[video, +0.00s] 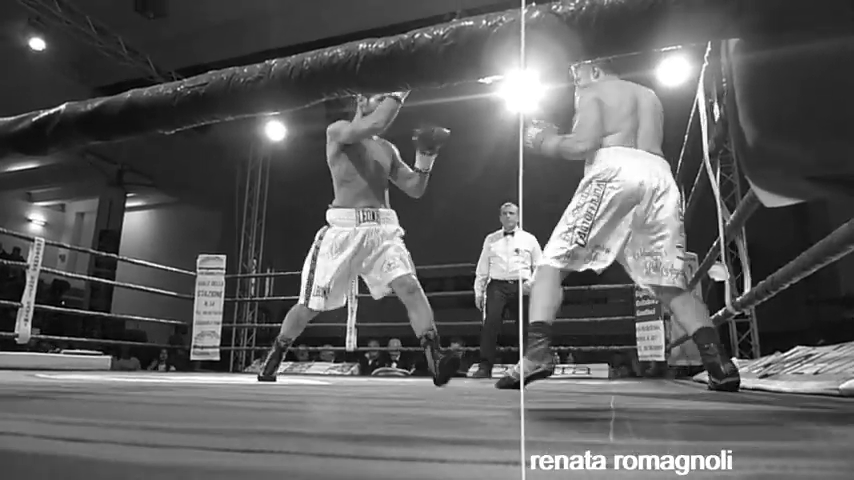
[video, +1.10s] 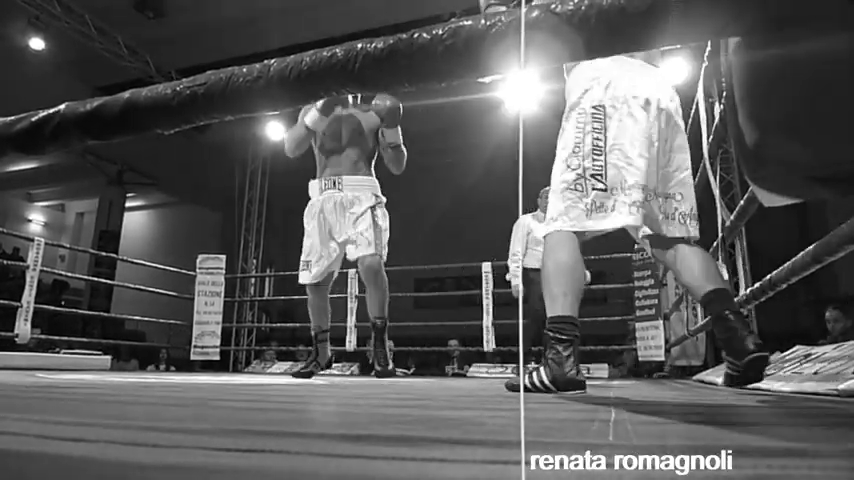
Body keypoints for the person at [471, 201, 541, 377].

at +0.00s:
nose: (508, 217)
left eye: (512, 213)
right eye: (505, 214)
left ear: (518, 216)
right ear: (500, 217)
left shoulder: (529, 240)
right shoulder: (491, 240)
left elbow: (539, 266)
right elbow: (482, 269)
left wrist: (532, 282)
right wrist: (479, 292)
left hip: (521, 285)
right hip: (497, 285)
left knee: (524, 324)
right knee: (491, 322)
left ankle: (526, 364)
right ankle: (485, 364)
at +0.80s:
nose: (524, 213)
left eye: (527, 211)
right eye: (521, 210)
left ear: (530, 216)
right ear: (512, 211)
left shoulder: (533, 239)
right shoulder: (496, 233)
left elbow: (537, 267)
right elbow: (484, 261)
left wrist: (540, 286)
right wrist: (482, 285)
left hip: (527, 284)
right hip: (503, 283)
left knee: (539, 321)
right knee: (495, 325)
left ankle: (544, 364)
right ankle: (481, 367)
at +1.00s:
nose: (544, 206)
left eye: (547, 202)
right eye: (540, 202)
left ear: (551, 206)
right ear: (530, 205)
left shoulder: (551, 227)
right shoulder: (517, 225)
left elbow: (556, 256)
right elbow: (506, 255)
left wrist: (555, 280)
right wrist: (504, 281)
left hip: (544, 276)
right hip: (523, 275)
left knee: (549, 318)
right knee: (519, 320)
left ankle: (549, 360)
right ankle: (496, 358)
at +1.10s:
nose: (547, 201)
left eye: (551, 197)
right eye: (544, 197)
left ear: (556, 201)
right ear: (538, 200)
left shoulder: (559, 223)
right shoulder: (525, 222)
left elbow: (569, 251)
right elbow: (516, 253)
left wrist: (582, 272)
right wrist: (516, 279)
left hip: (554, 270)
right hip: (532, 270)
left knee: (554, 311)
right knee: (535, 313)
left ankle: (551, 355)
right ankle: (529, 357)